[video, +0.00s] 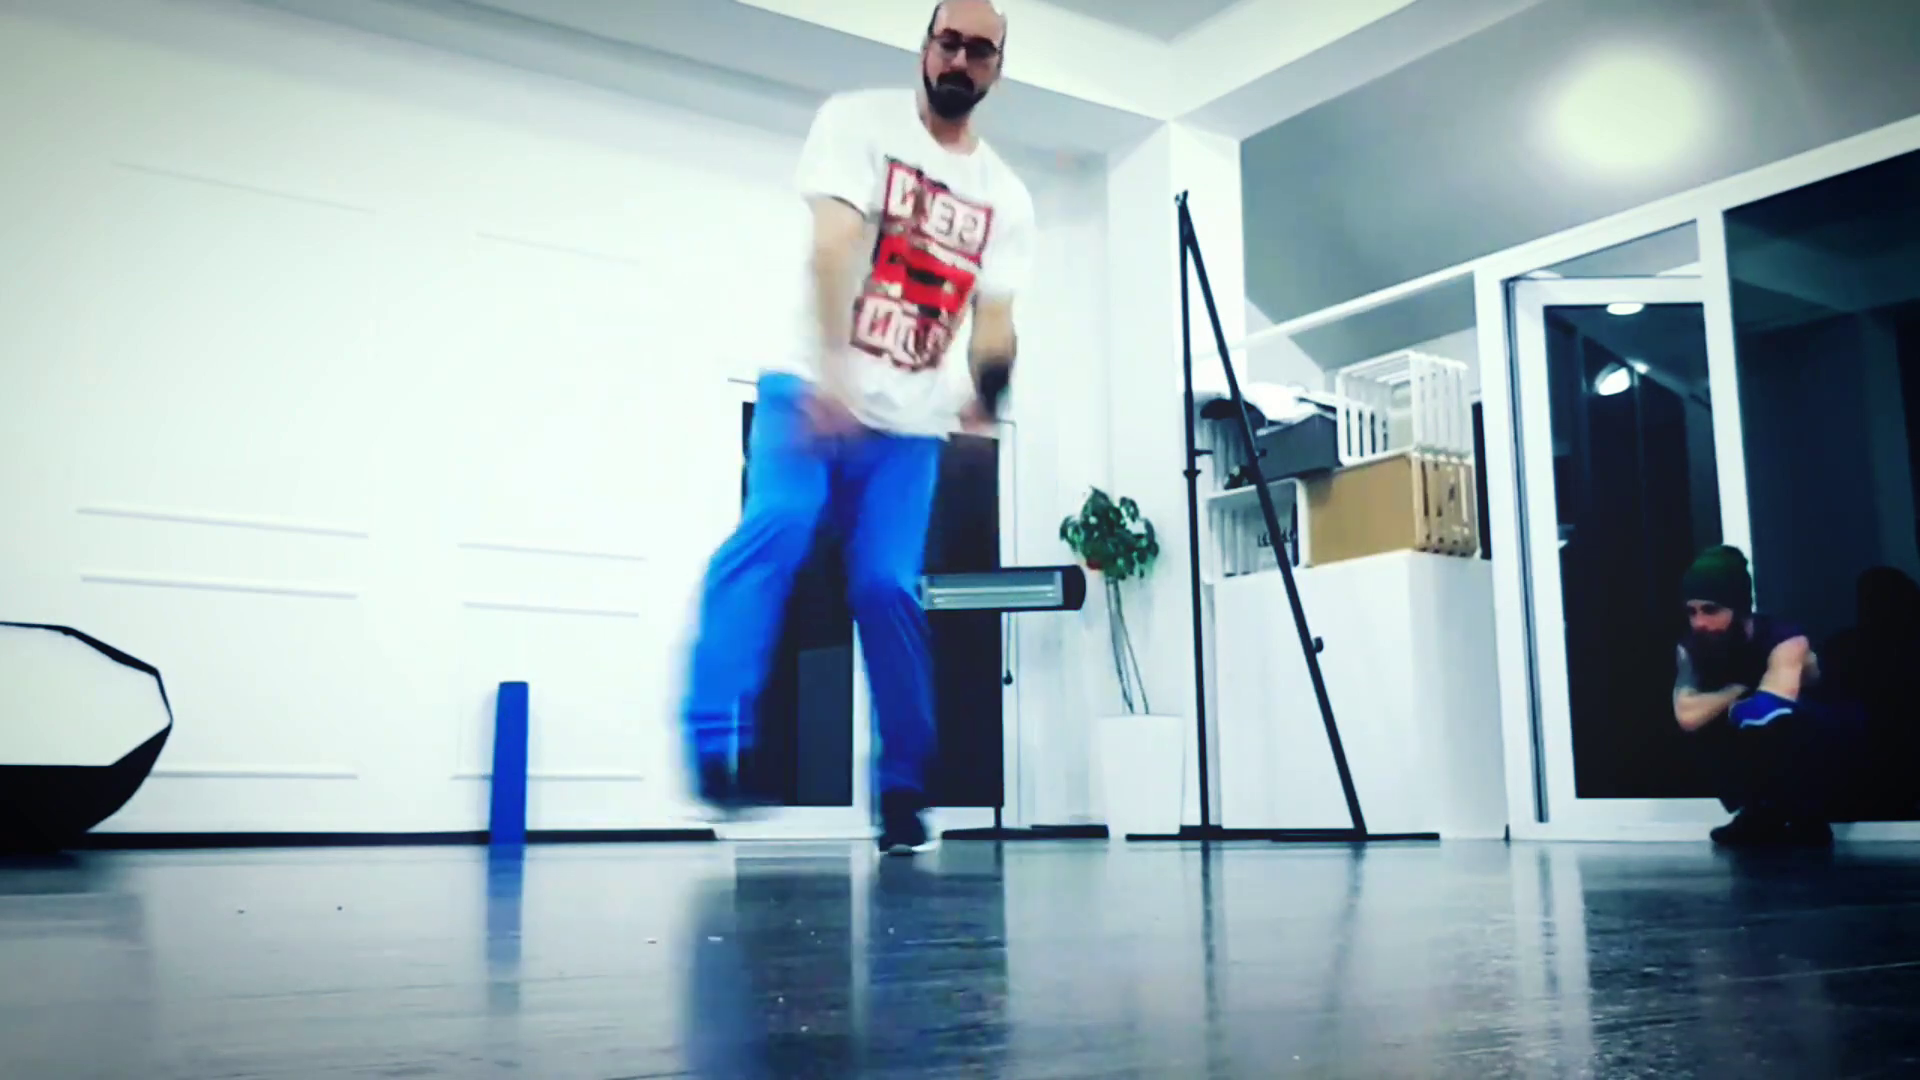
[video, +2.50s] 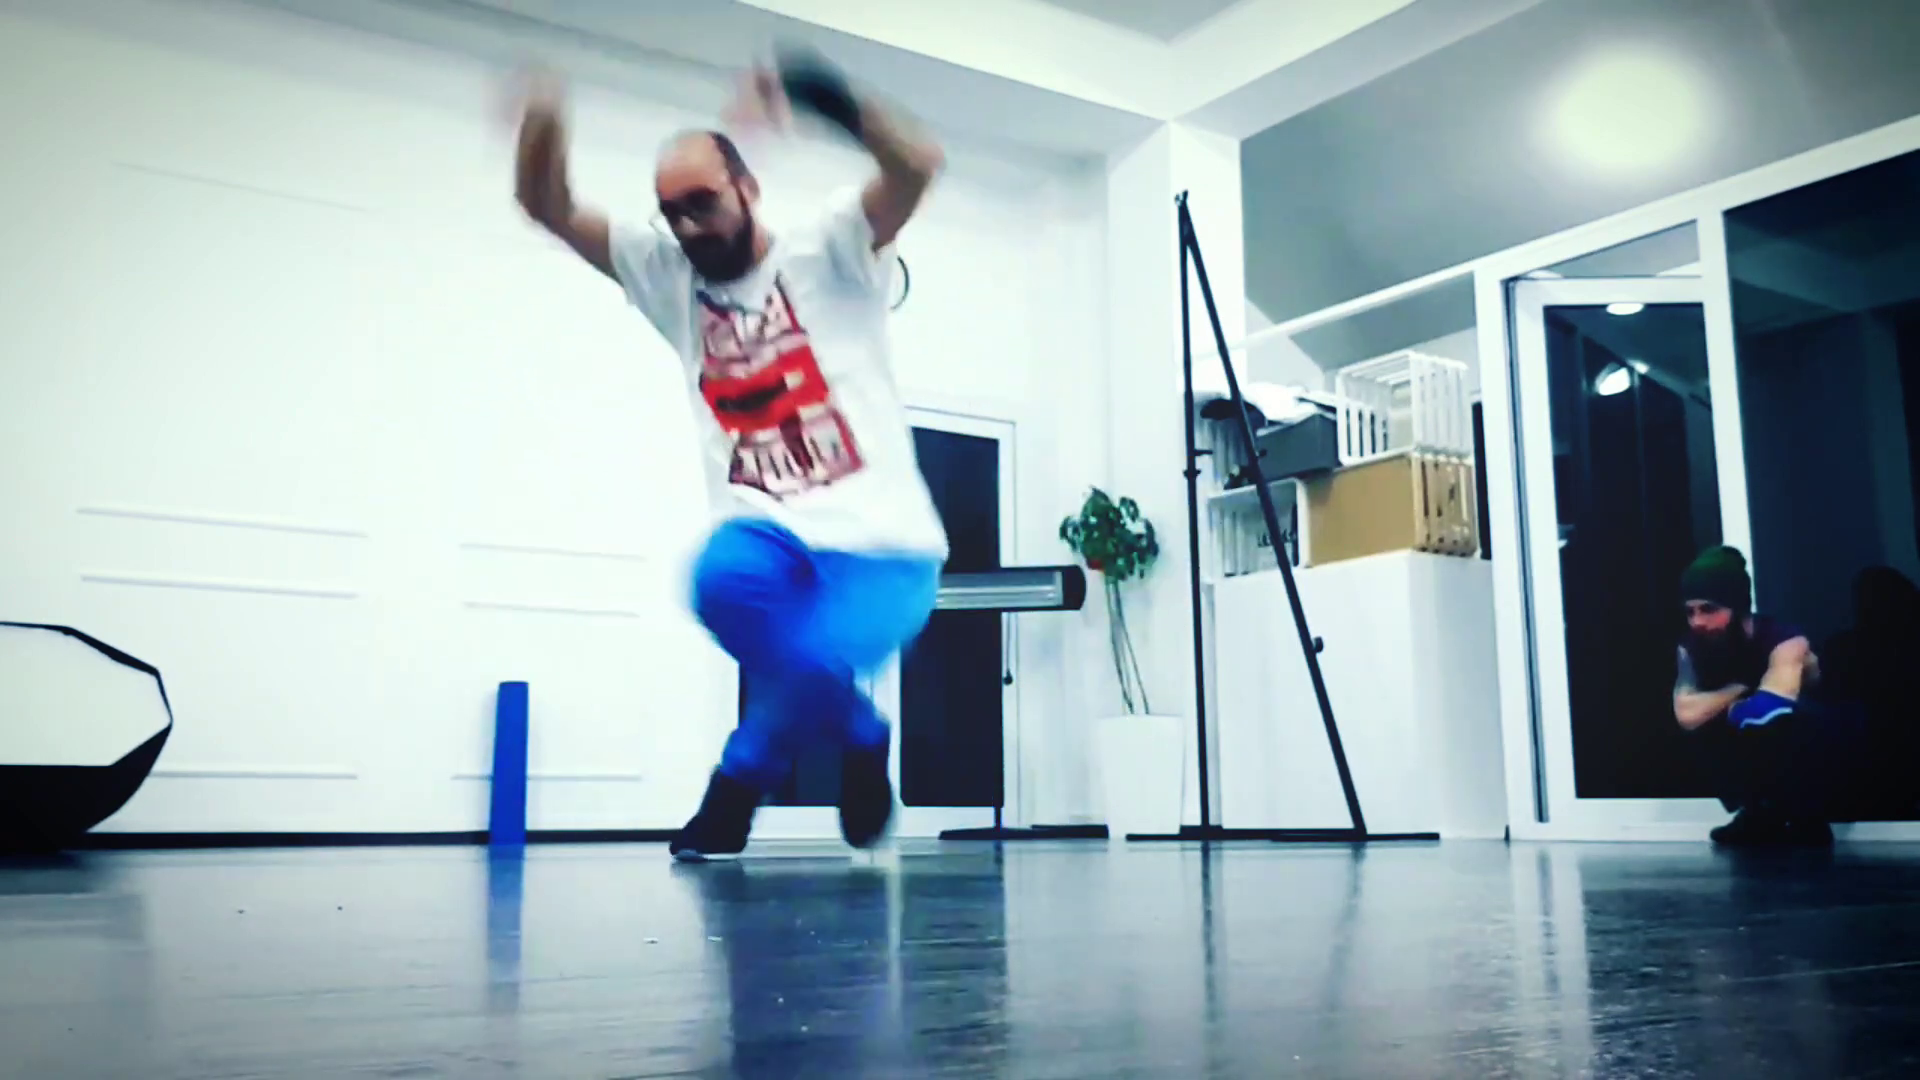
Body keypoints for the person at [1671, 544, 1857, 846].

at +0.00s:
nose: (1699, 623)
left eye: (1710, 611)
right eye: (1692, 612)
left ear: (1738, 607)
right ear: (1685, 611)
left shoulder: (1783, 640)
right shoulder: (1691, 651)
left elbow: (1773, 706)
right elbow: (1687, 715)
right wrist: (1737, 690)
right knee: (1708, 726)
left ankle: (1804, 820)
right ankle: (1756, 813)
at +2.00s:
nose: (1697, 623)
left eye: (1708, 611)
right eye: (1690, 613)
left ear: (1736, 607)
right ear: (1684, 612)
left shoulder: (1778, 637)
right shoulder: (1690, 652)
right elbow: (1688, 715)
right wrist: (1738, 690)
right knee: (1703, 727)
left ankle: (1803, 819)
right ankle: (1754, 814)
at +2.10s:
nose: (1697, 623)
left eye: (1708, 611)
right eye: (1690, 613)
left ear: (1736, 607)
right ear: (1684, 612)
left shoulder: (1779, 637)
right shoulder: (1690, 652)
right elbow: (1688, 715)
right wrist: (1738, 690)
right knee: (1704, 727)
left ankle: (1802, 819)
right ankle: (1755, 814)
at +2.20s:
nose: (1697, 623)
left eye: (1708, 611)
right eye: (1690, 613)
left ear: (1736, 607)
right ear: (1684, 612)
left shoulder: (1777, 637)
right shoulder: (1691, 652)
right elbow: (1688, 715)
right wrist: (1738, 689)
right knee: (1704, 728)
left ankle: (1802, 819)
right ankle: (1755, 814)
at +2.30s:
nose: (1697, 624)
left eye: (1709, 611)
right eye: (1690, 613)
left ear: (1736, 606)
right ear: (1684, 612)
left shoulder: (1777, 638)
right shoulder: (1691, 652)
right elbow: (1688, 715)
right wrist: (1738, 689)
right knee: (1705, 727)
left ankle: (1802, 819)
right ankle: (1755, 814)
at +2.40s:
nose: (1697, 623)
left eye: (1708, 611)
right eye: (1690, 613)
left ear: (1736, 607)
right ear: (1684, 612)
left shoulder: (1780, 638)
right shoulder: (1691, 652)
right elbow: (1688, 715)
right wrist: (1739, 690)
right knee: (1704, 727)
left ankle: (1802, 818)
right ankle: (1754, 814)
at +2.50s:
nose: (1697, 622)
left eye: (1708, 610)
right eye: (1690, 612)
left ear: (1737, 607)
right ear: (1684, 611)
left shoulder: (1778, 637)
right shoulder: (1691, 650)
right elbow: (1687, 714)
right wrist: (1739, 689)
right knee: (1704, 726)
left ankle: (1802, 818)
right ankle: (1754, 814)